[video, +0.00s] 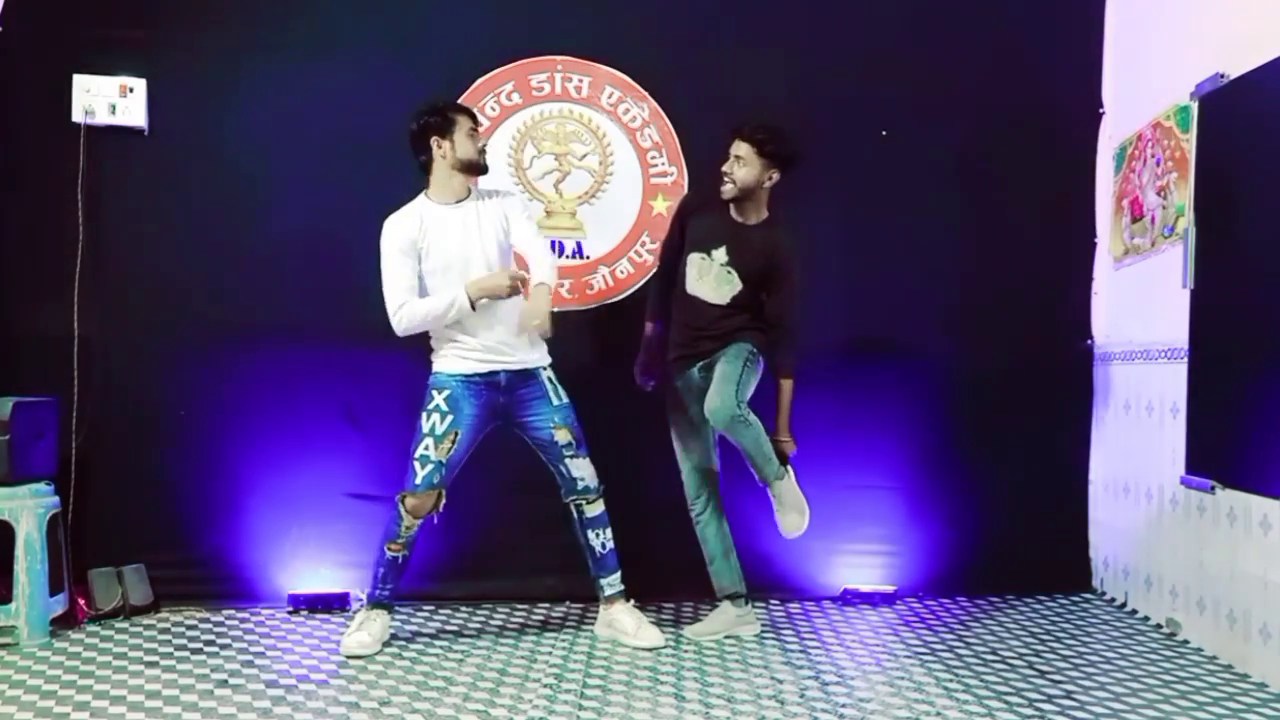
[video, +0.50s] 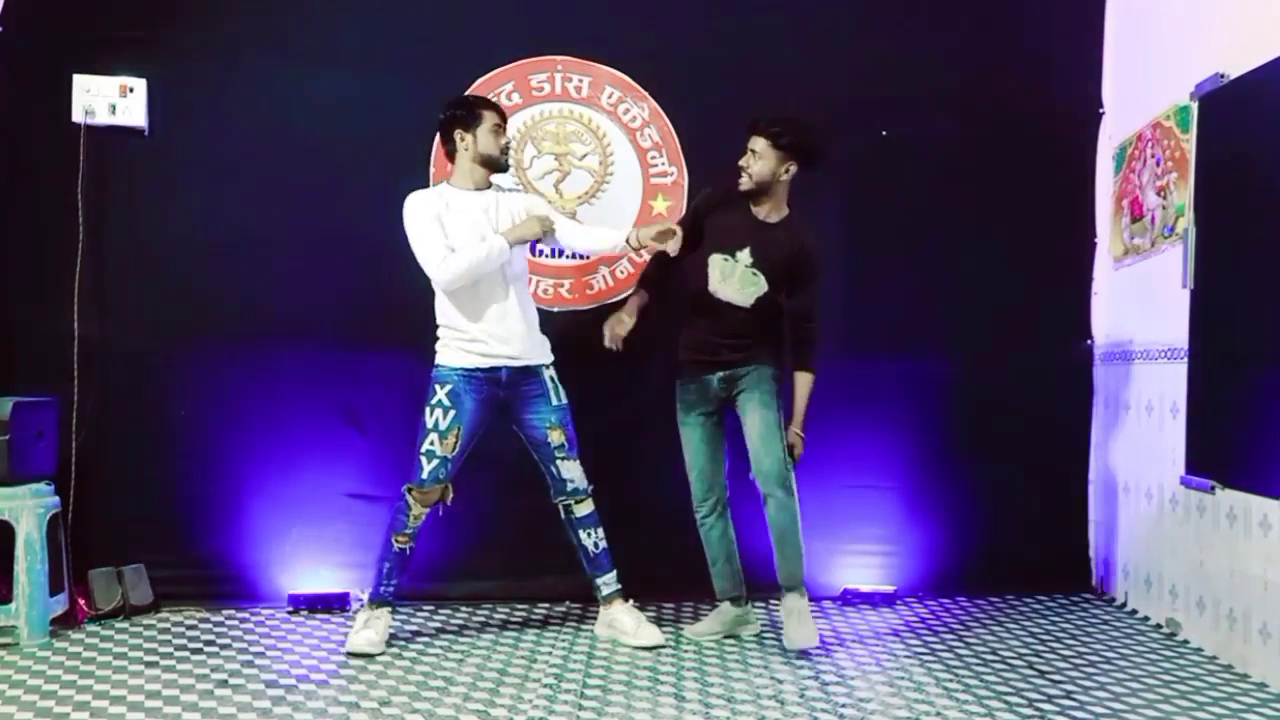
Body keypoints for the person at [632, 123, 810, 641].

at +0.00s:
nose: (727, 168)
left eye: (740, 162)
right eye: (728, 158)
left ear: (770, 177)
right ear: (727, 164)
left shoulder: (776, 245)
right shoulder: (695, 212)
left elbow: (786, 339)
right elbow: (662, 277)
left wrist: (783, 424)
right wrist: (650, 346)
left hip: (737, 348)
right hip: (685, 360)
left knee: (721, 408)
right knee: (700, 491)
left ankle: (778, 480)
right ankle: (735, 604)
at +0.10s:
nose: (735, 170)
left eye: (748, 166)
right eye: (737, 160)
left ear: (776, 181)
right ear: (732, 164)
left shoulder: (777, 250)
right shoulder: (697, 215)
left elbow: (785, 341)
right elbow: (660, 275)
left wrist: (781, 424)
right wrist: (645, 343)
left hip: (738, 349)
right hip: (684, 360)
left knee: (727, 412)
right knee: (700, 489)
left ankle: (777, 485)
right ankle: (734, 604)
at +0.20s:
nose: (740, 171)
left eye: (753, 166)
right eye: (741, 162)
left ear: (782, 181)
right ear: (737, 166)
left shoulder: (782, 254)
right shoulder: (705, 209)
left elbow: (783, 342)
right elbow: (661, 274)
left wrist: (775, 424)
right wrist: (640, 344)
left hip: (741, 352)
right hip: (684, 357)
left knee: (735, 416)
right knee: (700, 486)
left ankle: (774, 489)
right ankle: (734, 604)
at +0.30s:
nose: (743, 171)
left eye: (756, 166)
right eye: (745, 162)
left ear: (786, 180)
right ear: (741, 167)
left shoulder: (786, 257)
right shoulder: (712, 206)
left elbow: (785, 345)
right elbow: (663, 268)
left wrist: (776, 427)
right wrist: (641, 342)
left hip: (743, 358)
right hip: (686, 363)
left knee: (742, 428)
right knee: (702, 490)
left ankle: (773, 503)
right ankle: (734, 604)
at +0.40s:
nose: (746, 168)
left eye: (758, 163)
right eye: (747, 158)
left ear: (789, 176)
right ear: (745, 162)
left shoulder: (792, 251)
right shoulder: (712, 207)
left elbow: (796, 339)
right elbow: (662, 266)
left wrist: (786, 421)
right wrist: (644, 335)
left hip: (746, 363)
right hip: (688, 367)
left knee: (753, 443)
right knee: (704, 496)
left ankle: (779, 543)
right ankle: (731, 605)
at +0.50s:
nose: (742, 162)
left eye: (754, 156)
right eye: (745, 153)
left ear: (786, 168)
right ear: (756, 162)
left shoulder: (796, 246)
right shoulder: (714, 207)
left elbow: (803, 334)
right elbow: (664, 255)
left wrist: (797, 420)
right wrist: (630, 308)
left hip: (755, 370)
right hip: (696, 372)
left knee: (773, 477)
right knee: (706, 497)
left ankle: (794, 598)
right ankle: (733, 603)